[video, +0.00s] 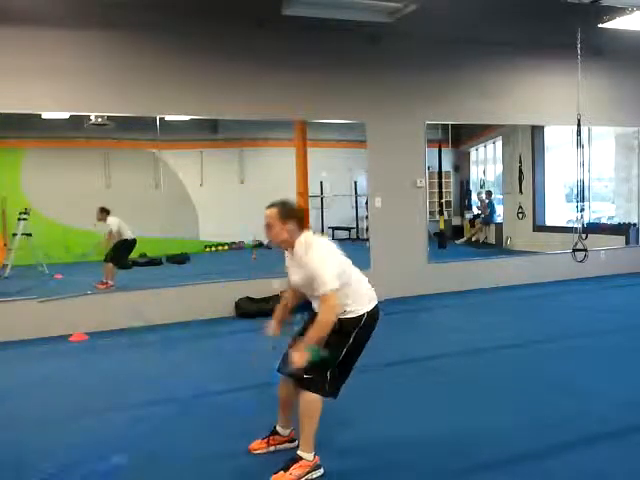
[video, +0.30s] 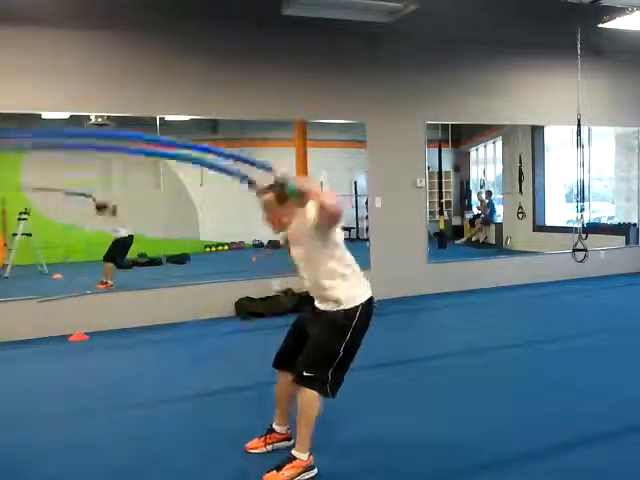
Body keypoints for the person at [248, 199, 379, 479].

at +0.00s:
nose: (267, 231)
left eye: (270, 226)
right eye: (267, 225)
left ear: (290, 226)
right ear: (286, 227)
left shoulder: (316, 253)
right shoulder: (293, 250)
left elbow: (331, 307)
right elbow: (297, 288)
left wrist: (305, 347)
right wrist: (279, 317)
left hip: (357, 312)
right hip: (328, 310)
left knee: (313, 380)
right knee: (290, 367)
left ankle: (307, 458)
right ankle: (285, 432)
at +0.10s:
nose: (295, 199)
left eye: (300, 193)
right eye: (294, 193)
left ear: (322, 191)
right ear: (317, 193)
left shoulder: (337, 213)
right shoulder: (318, 216)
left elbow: (312, 241)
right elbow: (294, 235)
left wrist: (270, 246)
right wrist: (267, 238)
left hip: (351, 305)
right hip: (325, 299)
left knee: (311, 379)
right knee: (287, 367)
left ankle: (308, 458)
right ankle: (285, 430)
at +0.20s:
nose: (296, 194)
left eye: (301, 186)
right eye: (293, 187)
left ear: (318, 183)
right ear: (295, 190)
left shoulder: (337, 204)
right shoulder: (312, 210)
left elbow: (332, 172)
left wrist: (282, 165)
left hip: (350, 300)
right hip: (323, 296)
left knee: (310, 378)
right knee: (286, 366)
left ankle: (310, 457)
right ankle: (285, 429)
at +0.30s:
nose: (267, 219)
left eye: (270, 211)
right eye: (265, 212)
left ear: (287, 206)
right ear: (280, 208)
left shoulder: (314, 221)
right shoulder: (292, 227)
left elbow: (331, 215)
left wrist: (319, 199)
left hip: (348, 305)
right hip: (321, 302)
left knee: (308, 379)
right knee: (286, 366)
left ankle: (302, 457)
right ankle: (281, 430)